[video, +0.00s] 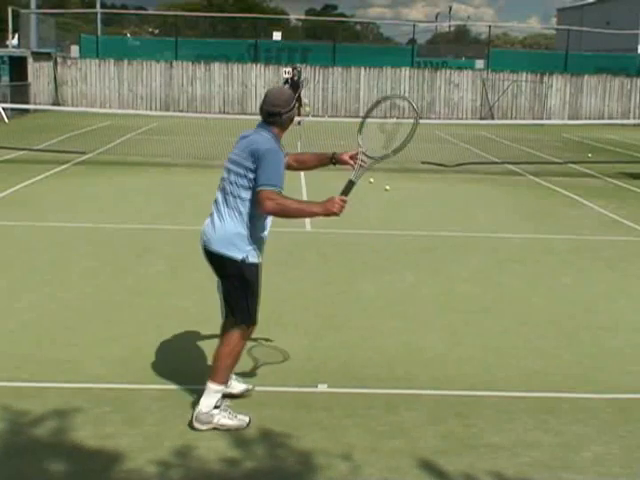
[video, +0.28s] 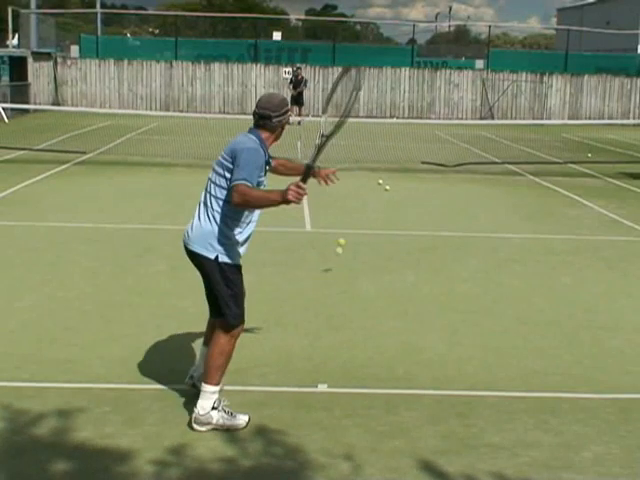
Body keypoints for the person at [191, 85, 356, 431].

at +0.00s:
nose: (298, 115)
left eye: (296, 109)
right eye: (297, 110)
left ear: (264, 112)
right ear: (291, 116)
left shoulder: (251, 139)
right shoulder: (269, 149)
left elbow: (291, 161)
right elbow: (268, 203)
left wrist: (335, 158)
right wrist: (321, 207)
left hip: (218, 239)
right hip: (237, 248)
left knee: (236, 317)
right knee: (242, 325)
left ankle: (221, 377)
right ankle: (207, 407)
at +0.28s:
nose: (288, 126)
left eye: (287, 121)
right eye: (287, 121)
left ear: (256, 120)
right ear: (281, 124)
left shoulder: (248, 143)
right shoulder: (251, 151)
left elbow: (275, 165)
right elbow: (239, 195)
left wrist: (311, 170)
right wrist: (281, 196)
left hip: (206, 241)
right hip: (216, 248)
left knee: (223, 314)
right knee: (232, 326)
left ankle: (202, 371)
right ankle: (207, 407)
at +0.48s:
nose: (279, 117)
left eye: (278, 112)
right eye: (279, 112)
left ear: (250, 110)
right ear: (274, 114)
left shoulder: (238, 140)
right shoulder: (247, 145)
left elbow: (269, 195)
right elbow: (272, 196)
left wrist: (313, 203)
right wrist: (320, 203)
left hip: (209, 238)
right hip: (221, 244)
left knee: (224, 315)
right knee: (235, 319)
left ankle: (209, 373)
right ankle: (209, 403)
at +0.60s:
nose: (269, 101)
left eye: (268, 96)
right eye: (267, 96)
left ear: (240, 97)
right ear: (257, 98)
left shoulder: (212, 128)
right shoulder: (256, 135)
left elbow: (179, 163)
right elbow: (299, 175)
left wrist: (168, 196)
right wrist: (349, 179)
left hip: (207, 232)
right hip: (236, 237)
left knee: (226, 299)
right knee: (242, 308)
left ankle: (209, 368)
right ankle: (218, 394)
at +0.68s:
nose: (261, 97)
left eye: (260, 91)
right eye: (260, 92)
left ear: (229, 94)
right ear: (252, 94)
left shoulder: (205, 127)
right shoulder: (262, 126)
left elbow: (175, 173)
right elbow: (298, 159)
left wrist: (175, 206)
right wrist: (328, 156)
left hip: (212, 228)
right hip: (246, 231)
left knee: (219, 297)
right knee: (246, 304)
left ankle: (207, 367)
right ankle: (226, 386)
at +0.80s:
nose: (256, 91)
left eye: (251, 85)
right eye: (254, 87)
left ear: (223, 92)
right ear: (251, 91)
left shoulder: (204, 132)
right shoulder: (265, 122)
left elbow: (183, 188)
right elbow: (283, 142)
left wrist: (195, 214)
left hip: (221, 231)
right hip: (261, 229)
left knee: (219, 298)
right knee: (260, 303)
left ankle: (211, 370)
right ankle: (250, 381)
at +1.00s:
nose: (239, 99)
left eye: (233, 95)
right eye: (251, 94)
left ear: (229, 97)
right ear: (259, 96)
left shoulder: (218, 136)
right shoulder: (274, 128)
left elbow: (204, 195)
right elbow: (251, 133)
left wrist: (197, 222)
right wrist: (223, 125)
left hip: (234, 236)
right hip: (275, 233)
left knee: (225, 305)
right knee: (287, 306)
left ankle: (218, 379)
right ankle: (295, 384)